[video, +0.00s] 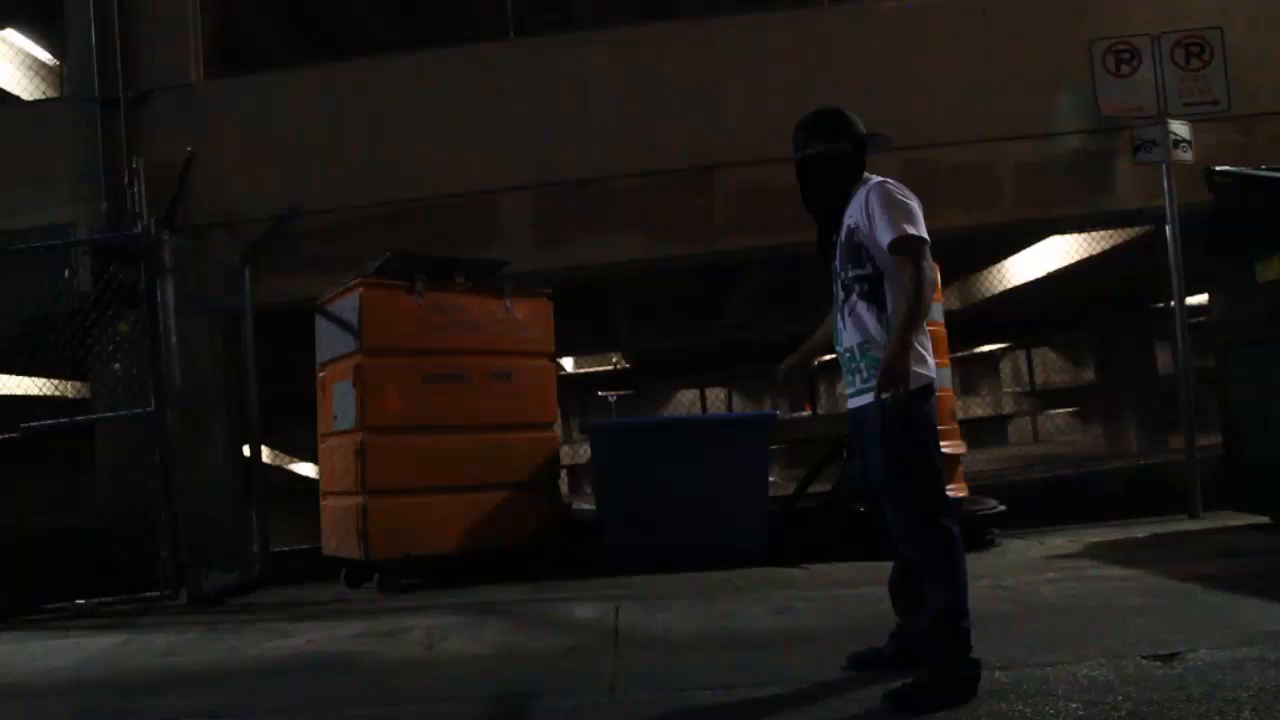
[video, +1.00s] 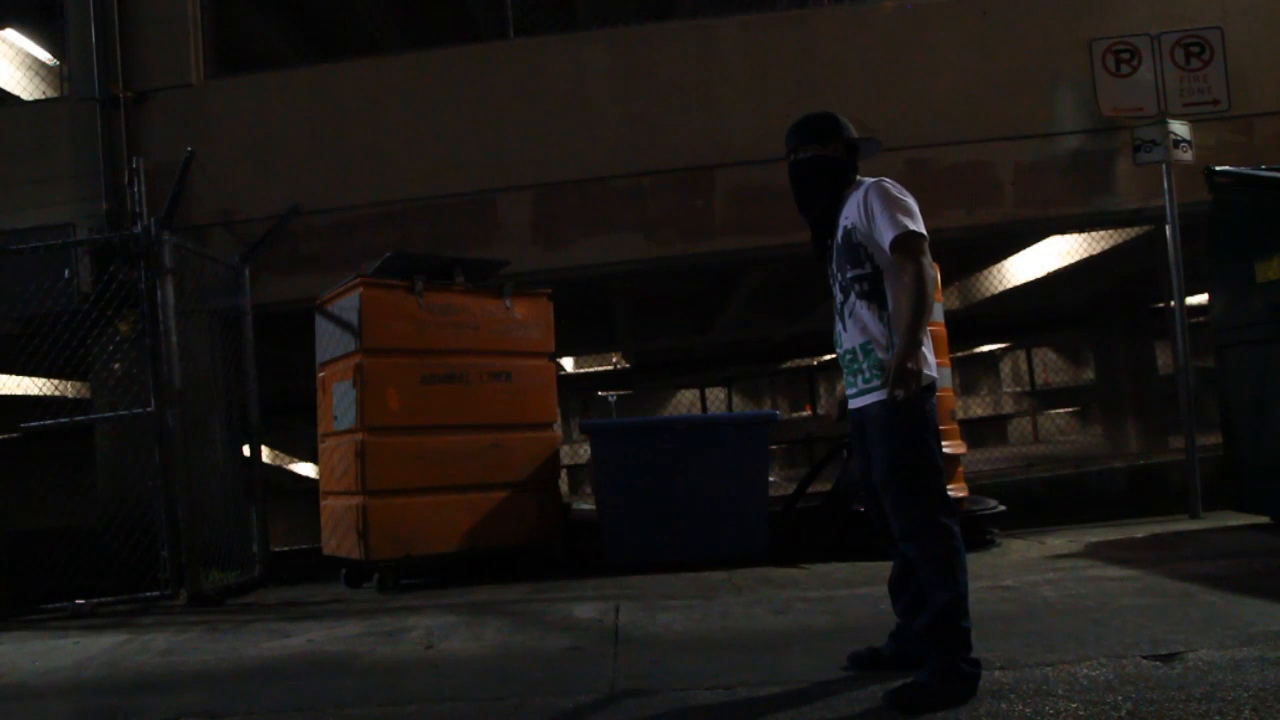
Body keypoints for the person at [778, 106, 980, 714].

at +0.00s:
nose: (805, 174)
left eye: (812, 160)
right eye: (802, 163)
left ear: (842, 155)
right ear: (825, 162)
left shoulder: (879, 194)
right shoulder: (849, 218)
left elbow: (915, 273)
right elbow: (851, 310)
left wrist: (896, 352)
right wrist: (805, 359)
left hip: (903, 390)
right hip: (874, 395)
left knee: (926, 521)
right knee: (898, 521)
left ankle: (951, 665)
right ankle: (914, 638)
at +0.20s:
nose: (802, 173)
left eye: (811, 159)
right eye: (798, 162)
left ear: (840, 156)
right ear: (812, 162)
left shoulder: (878, 196)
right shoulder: (843, 220)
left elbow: (917, 268)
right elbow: (860, 308)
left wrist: (904, 344)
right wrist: (853, 389)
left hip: (900, 394)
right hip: (871, 400)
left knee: (924, 522)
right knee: (898, 523)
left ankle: (951, 663)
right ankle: (914, 639)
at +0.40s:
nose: (798, 176)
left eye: (807, 163)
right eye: (793, 166)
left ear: (836, 158)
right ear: (799, 168)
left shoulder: (875, 195)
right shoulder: (839, 221)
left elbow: (919, 266)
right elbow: (860, 307)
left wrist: (912, 342)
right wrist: (853, 386)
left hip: (902, 393)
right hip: (872, 399)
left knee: (925, 520)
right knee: (898, 521)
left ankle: (951, 662)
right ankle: (913, 638)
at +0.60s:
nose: (795, 179)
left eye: (804, 165)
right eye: (791, 169)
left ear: (833, 159)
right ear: (802, 169)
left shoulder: (872, 196)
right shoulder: (841, 221)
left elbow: (915, 265)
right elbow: (862, 310)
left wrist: (911, 348)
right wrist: (855, 387)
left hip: (901, 393)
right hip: (872, 399)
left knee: (925, 524)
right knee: (898, 524)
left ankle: (951, 664)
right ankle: (913, 639)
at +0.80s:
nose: (796, 179)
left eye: (804, 165)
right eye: (792, 168)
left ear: (833, 160)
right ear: (808, 166)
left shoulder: (873, 195)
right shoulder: (843, 220)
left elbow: (916, 265)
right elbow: (865, 305)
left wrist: (909, 349)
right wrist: (859, 384)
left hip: (902, 393)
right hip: (873, 398)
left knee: (926, 523)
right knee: (899, 523)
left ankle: (951, 664)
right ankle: (914, 639)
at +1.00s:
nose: (800, 176)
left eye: (809, 162)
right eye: (795, 166)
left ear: (838, 158)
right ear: (800, 168)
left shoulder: (875, 194)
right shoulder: (843, 222)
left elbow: (916, 264)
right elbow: (862, 311)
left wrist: (907, 349)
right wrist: (853, 390)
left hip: (902, 393)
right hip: (873, 399)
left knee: (926, 522)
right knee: (900, 523)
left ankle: (952, 663)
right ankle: (914, 639)